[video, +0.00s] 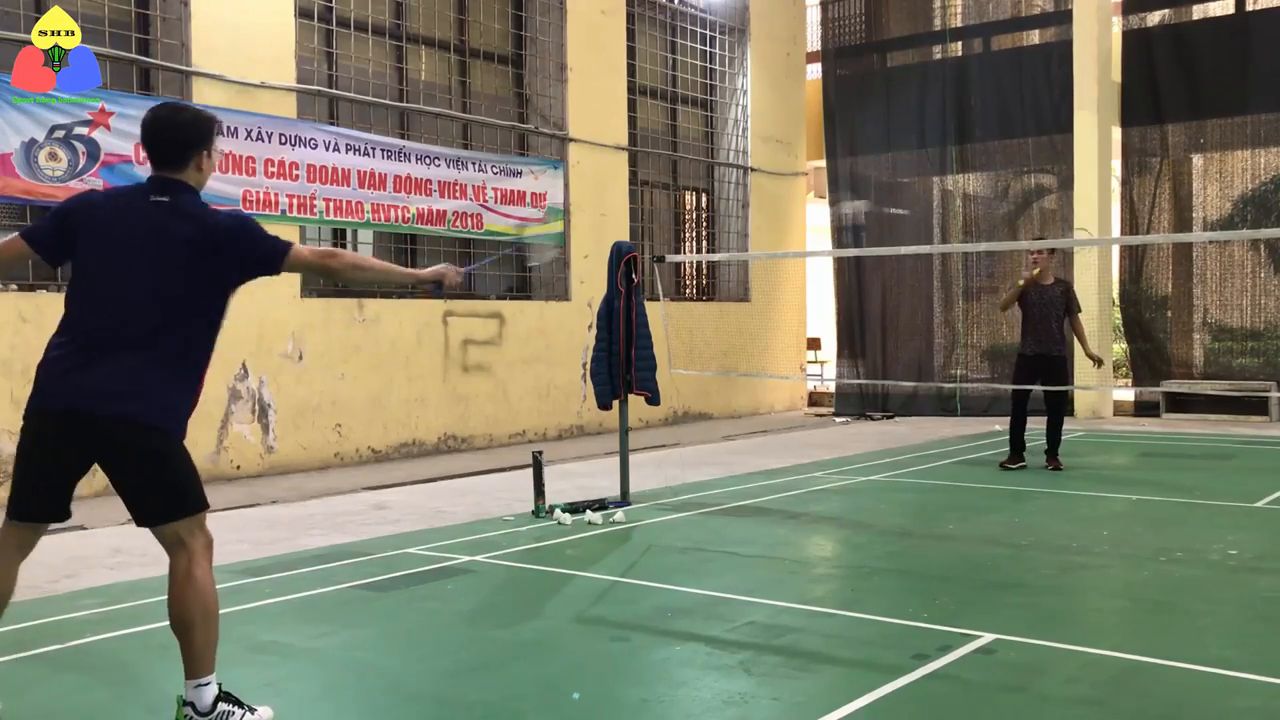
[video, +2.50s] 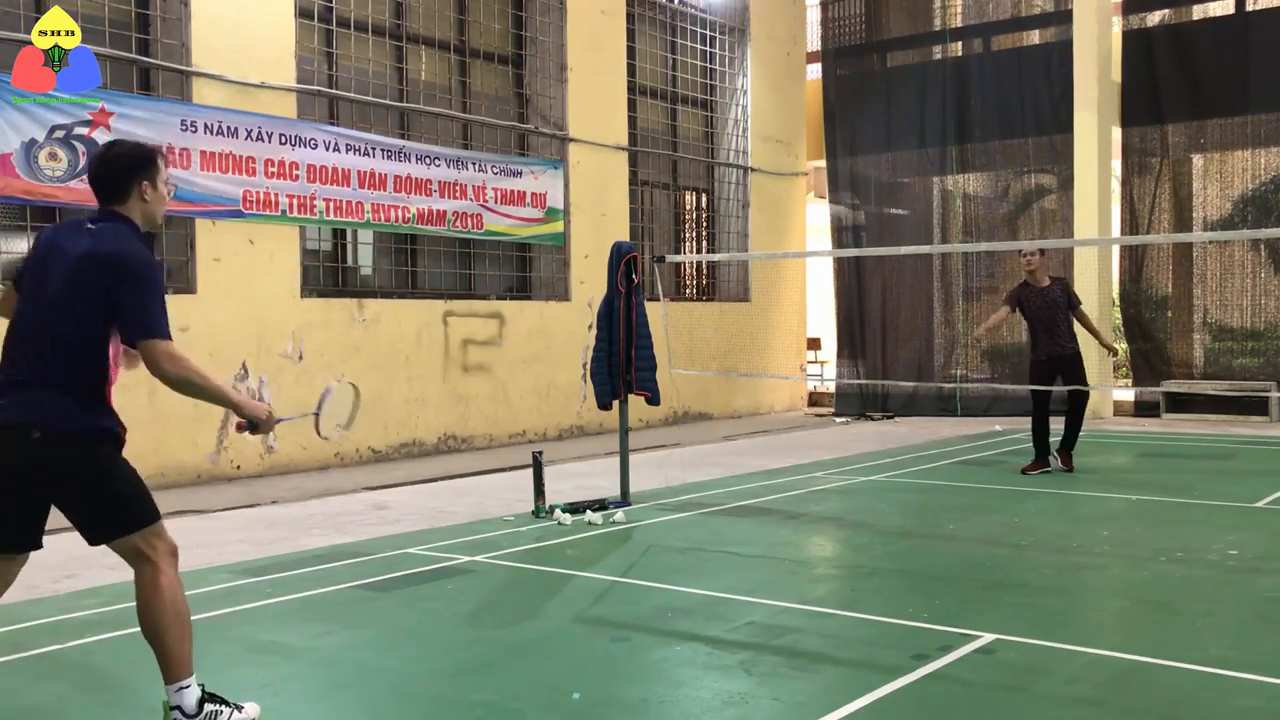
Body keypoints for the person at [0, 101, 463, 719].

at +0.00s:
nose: (216, 159)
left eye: (213, 148)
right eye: (214, 150)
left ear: (148, 154)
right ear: (204, 157)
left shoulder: (89, 209)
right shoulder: (222, 230)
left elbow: (7, 250)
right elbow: (327, 261)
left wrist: (48, 266)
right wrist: (421, 277)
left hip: (54, 408)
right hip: (139, 419)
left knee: (11, 545)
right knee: (190, 545)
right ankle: (201, 699)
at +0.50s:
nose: (153, 206)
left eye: (152, 194)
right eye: (148, 193)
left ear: (92, 200)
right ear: (124, 198)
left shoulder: (32, 239)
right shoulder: (104, 258)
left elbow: (10, 310)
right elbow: (162, 357)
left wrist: (41, 371)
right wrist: (220, 395)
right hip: (13, 430)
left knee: (80, 559)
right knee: (87, 560)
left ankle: (118, 706)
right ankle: (120, 708)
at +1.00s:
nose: (173, 142)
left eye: (169, 131)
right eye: (170, 132)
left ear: (101, 142)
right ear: (157, 143)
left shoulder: (44, 187)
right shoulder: (171, 215)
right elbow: (274, 254)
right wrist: (378, 281)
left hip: (8, 400)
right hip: (74, 416)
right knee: (113, 560)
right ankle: (123, 709)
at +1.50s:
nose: (178, 193)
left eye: (176, 181)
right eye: (174, 182)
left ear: (111, 184)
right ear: (154, 187)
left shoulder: (52, 224)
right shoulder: (148, 254)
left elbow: (7, 290)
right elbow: (191, 365)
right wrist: (244, 391)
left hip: (6, 423)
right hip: (63, 431)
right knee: (136, 567)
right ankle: (182, 702)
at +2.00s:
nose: (235, 147)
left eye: (233, 136)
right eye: (233, 137)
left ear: (167, 142)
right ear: (221, 144)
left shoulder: (115, 190)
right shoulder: (237, 215)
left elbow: (15, 240)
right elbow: (343, 243)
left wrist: (19, 278)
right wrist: (437, 256)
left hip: (60, 390)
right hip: (138, 405)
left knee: (8, 529)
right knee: (181, 544)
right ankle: (193, 695)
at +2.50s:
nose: (167, 197)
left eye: (165, 184)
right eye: (163, 185)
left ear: (108, 191)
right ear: (141, 190)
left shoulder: (54, 237)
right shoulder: (132, 256)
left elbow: (8, 301)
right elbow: (164, 363)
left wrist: (68, 333)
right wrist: (239, 402)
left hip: (9, 430)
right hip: (72, 436)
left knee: (3, 568)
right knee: (155, 553)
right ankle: (186, 701)